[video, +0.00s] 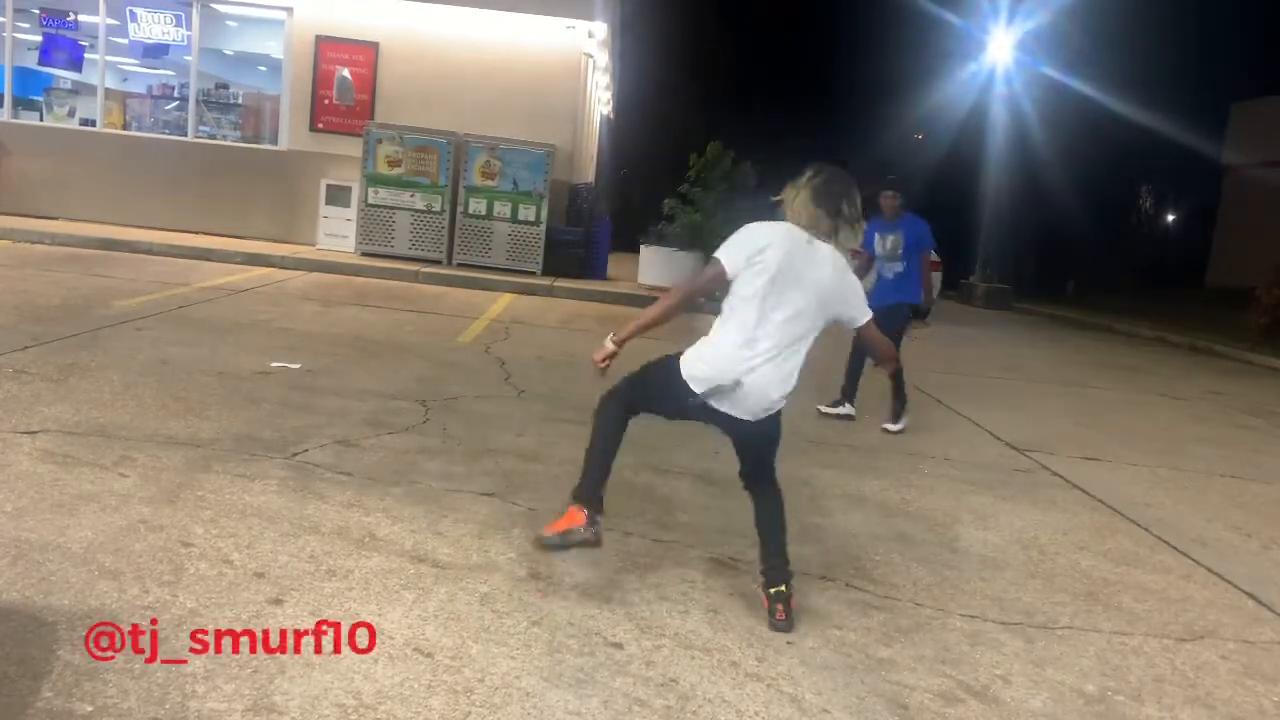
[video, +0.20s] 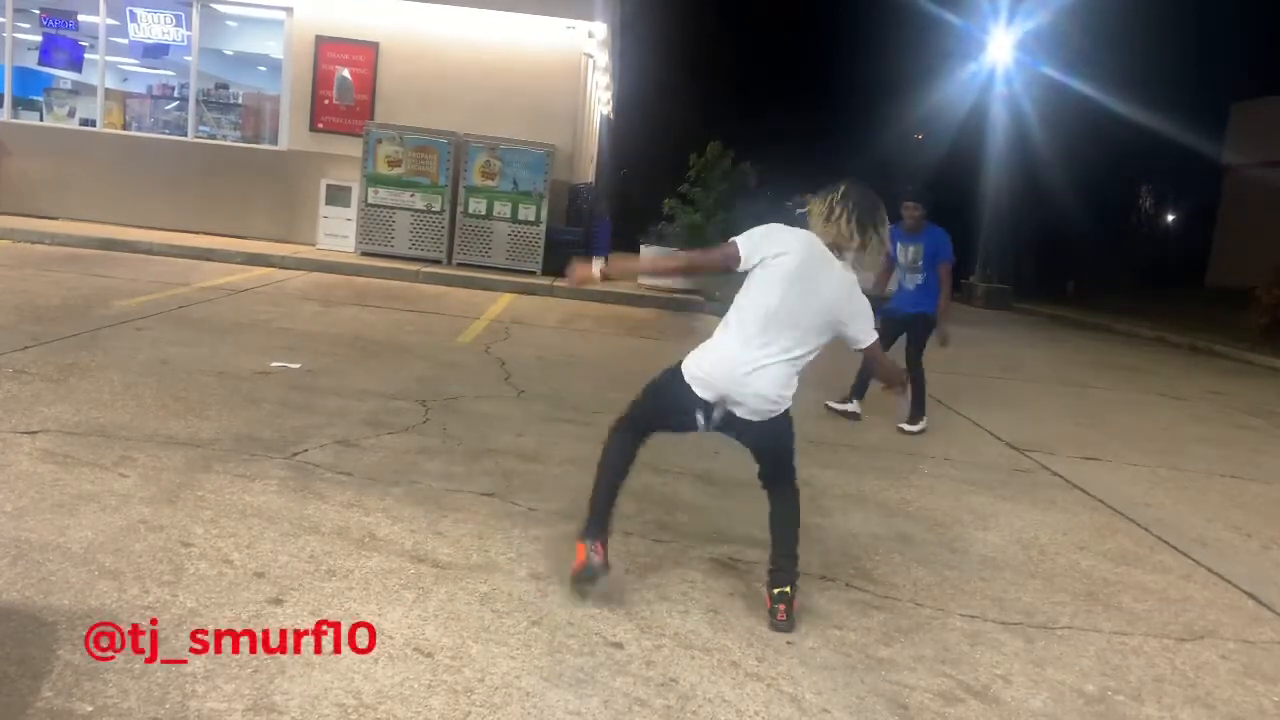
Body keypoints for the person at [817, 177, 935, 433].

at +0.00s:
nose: (889, 203)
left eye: (894, 198)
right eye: (885, 198)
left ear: (901, 201)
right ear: (879, 201)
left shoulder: (917, 226)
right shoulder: (874, 226)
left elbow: (925, 265)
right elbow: (865, 263)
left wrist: (927, 299)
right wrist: (846, 288)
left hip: (904, 298)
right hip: (877, 297)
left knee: (890, 352)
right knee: (859, 345)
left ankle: (898, 412)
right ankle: (847, 400)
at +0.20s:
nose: (909, 214)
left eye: (915, 209)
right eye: (906, 209)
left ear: (924, 212)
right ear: (901, 210)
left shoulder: (939, 238)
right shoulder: (895, 233)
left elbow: (946, 281)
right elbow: (887, 266)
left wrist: (942, 322)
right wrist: (875, 296)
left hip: (925, 307)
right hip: (899, 304)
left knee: (913, 358)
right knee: (874, 349)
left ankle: (917, 417)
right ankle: (854, 400)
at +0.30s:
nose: (922, 211)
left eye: (928, 207)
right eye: (918, 206)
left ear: (937, 209)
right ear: (913, 207)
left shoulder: (950, 234)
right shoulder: (906, 231)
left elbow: (964, 274)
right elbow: (899, 269)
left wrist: (952, 311)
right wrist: (888, 302)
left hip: (938, 306)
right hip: (912, 304)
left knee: (927, 356)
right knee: (896, 350)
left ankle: (921, 413)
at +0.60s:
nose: (942, 216)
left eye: (947, 211)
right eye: (938, 211)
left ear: (956, 213)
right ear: (933, 213)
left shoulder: (974, 237)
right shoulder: (930, 237)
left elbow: (989, 275)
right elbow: (923, 274)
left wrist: (987, 314)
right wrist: (921, 308)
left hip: (967, 308)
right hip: (940, 308)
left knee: (955, 357)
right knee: (933, 356)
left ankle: (953, 413)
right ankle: (932, 407)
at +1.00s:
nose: (969, 221)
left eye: (974, 216)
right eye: (965, 216)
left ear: (984, 218)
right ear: (960, 218)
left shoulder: (1003, 243)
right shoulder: (953, 242)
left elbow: (1015, 278)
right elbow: (957, 274)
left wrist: (1014, 316)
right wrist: (958, 301)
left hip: (992, 314)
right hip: (964, 311)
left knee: (985, 363)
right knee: (948, 358)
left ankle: (985, 418)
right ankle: (949, 407)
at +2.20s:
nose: (959, 215)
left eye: (964, 210)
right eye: (955, 210)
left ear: (975, 213)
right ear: (951, 212)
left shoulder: (992, 239)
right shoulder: (946, 237)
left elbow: (1006, 278)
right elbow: (948, 273)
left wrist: (999, 319)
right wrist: (952, 303)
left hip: (983, 316)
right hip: (957, 314)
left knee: (982, 367)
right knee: (947, 360)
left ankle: (983, 418)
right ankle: (950, 407)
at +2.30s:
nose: (956, 215)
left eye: (962, 210)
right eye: (953, 210)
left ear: (973, 213)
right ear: (948, 212)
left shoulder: (988, 240)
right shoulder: (945, 237)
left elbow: (1011, 276)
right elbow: (947, 269)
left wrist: (980, 296)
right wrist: (949, 296)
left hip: (980, 316)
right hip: (953, 311)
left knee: (979, 363)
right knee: (935, 353)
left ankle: (983, 417)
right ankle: (945, 401)